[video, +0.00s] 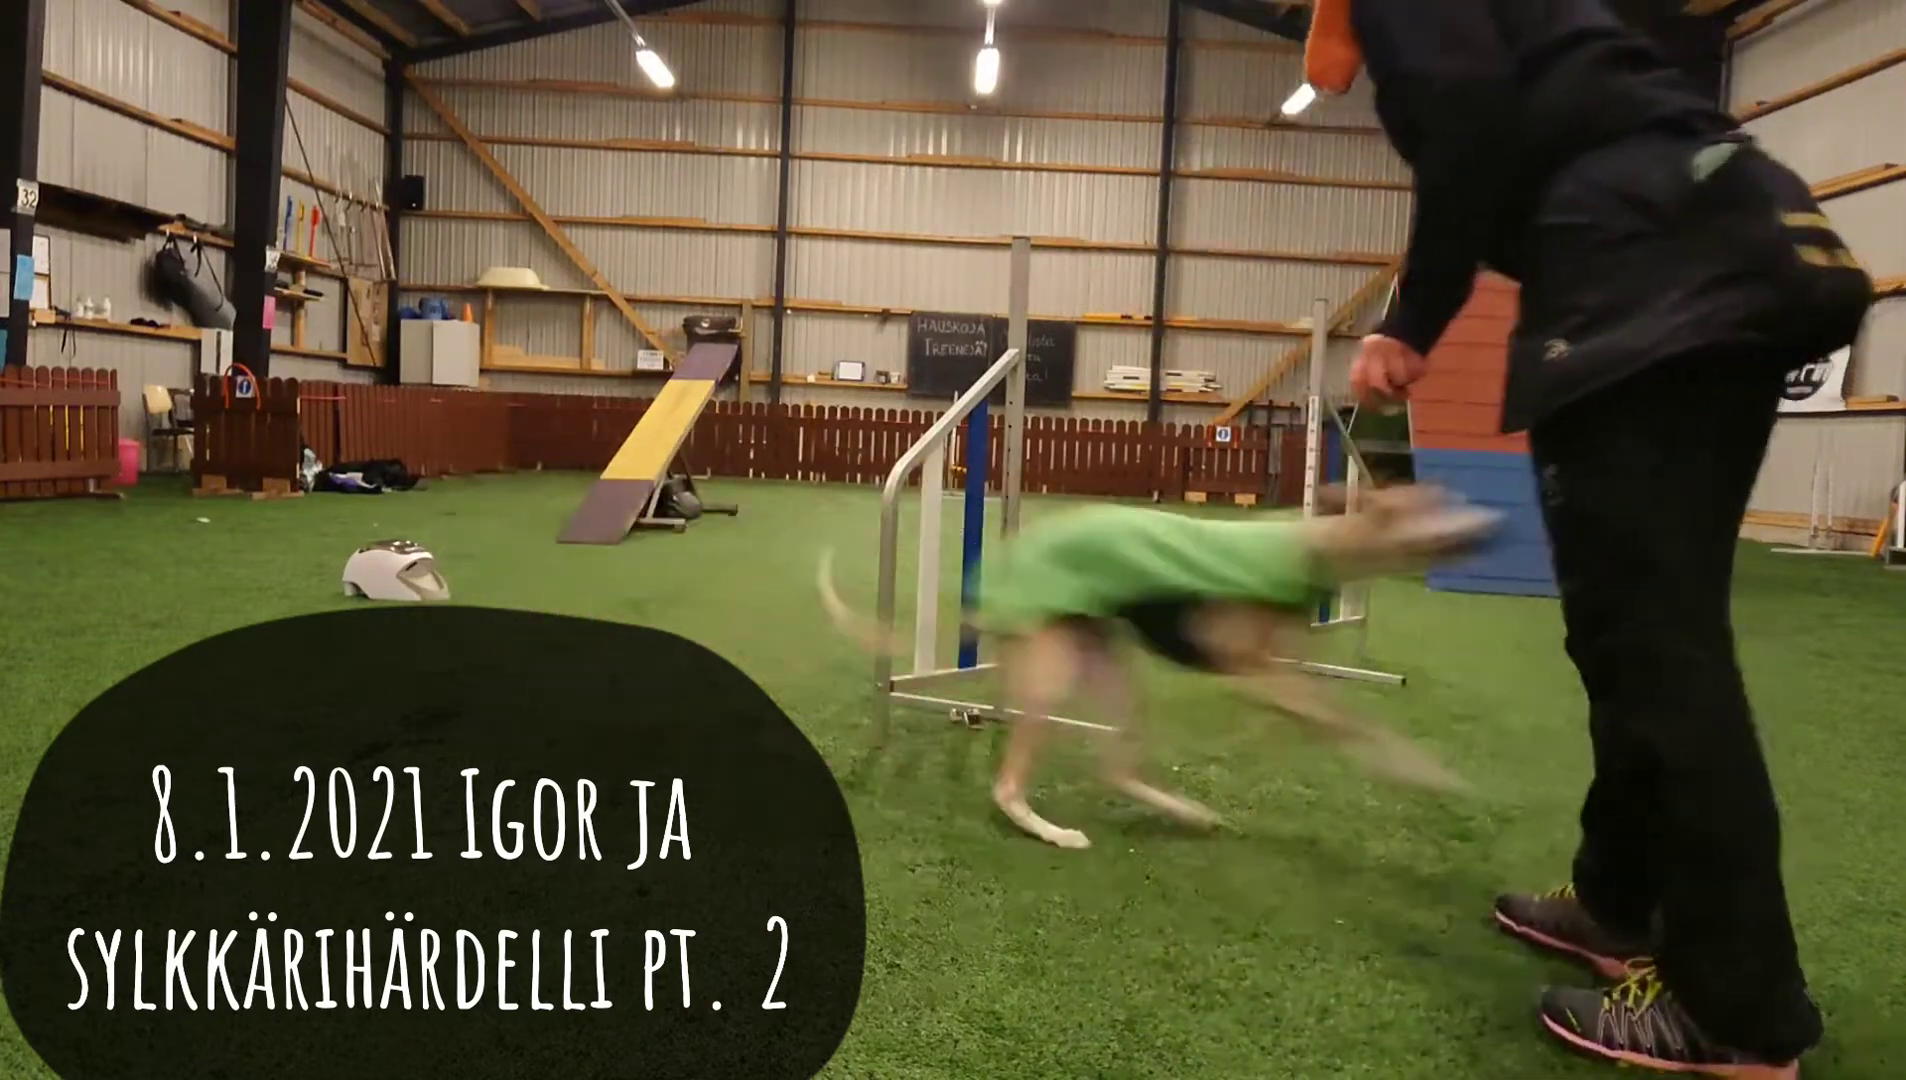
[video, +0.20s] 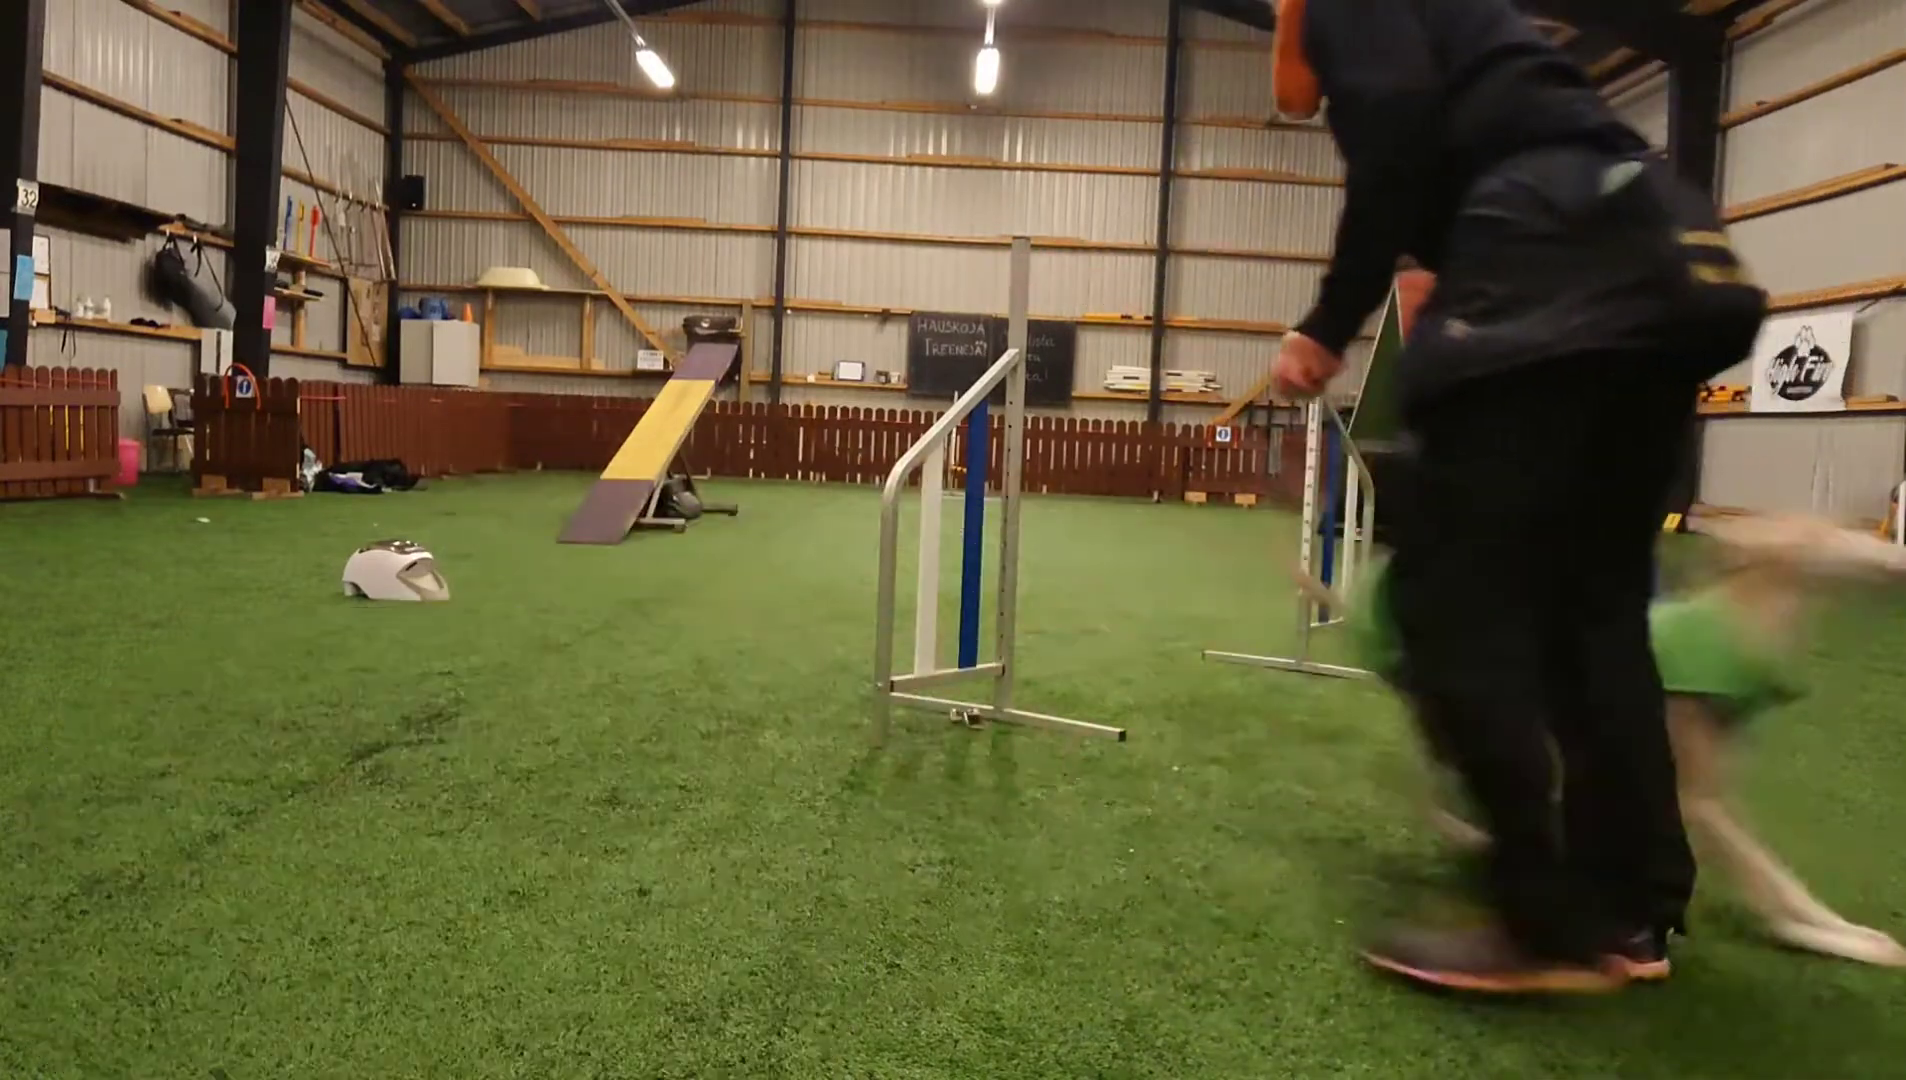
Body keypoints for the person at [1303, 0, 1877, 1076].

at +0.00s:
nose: (1340, 67)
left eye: (1334, 44)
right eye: (1334, 55)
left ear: (1337, 13)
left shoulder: (1396, 4)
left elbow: (1467, 121)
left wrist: (1406, 325)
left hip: (1644, 289)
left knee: (1656, 647)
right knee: (1631, 634)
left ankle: (1740, 1015)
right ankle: (1622, 913)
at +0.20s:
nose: (1295, 76)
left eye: (1286, 41)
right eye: (1289, 53)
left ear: (1301, 11)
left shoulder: (1342, 9)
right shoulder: (1475, 22)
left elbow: (1396, 144)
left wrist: (1325, 329)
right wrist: (1442, 262)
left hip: (1539, 312)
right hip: (1653, 302)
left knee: (1451, 611)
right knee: (1599, 612)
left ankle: (1546, 922)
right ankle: (1636, 913)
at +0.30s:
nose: (1258, 93)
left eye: (1250, 61)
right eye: (1256, 73)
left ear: (1266, 18)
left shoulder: (1308, 10)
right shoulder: (1432, 37)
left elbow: (1347, 151)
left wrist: (1277, 333)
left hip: (1462, 302)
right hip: (1596, 296)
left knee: (1341, 589)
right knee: (1549, 609)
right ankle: (1628, 906)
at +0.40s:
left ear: (1229, 5)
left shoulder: (1257, 14)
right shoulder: (1387, 40)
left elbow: (1287, 171)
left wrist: (1210, 345)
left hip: (1376, 329)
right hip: (1494, 333)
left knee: (1240, 582)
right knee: (1499, 626)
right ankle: (1621, 892)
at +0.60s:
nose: (1105, 20)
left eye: (1107, 11)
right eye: (1108, 15)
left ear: (1129, 5)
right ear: (1211, 4)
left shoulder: (1130, 52)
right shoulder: (1266, 67)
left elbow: (1118, 206)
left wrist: (1046, 370)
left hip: (1210, 349)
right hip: (1343, 354)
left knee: (1081, 563)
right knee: (1325, 615)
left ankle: (1053, 799)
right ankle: (1534, 783)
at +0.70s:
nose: (1076, 20)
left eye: (1080, 15)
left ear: (1100, 9)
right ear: (1190, 11)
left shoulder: (1092, 52)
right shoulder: (1242, 77)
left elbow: (1066, 202)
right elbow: (1275, 223)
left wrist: (997, 370)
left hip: (1181, 332)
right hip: (1317, 341)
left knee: (1074, 555)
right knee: (1251, 580)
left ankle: (1054, 797)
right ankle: (1420, 777)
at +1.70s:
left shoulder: (1181, 12)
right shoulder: (1289, 19)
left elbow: (1184, 164)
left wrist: (1092, 302)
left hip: (1193, 317)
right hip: (1293, 321)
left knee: (1103, 548)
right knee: (1254, 563)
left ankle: (1060, 792)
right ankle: (1352, 797)